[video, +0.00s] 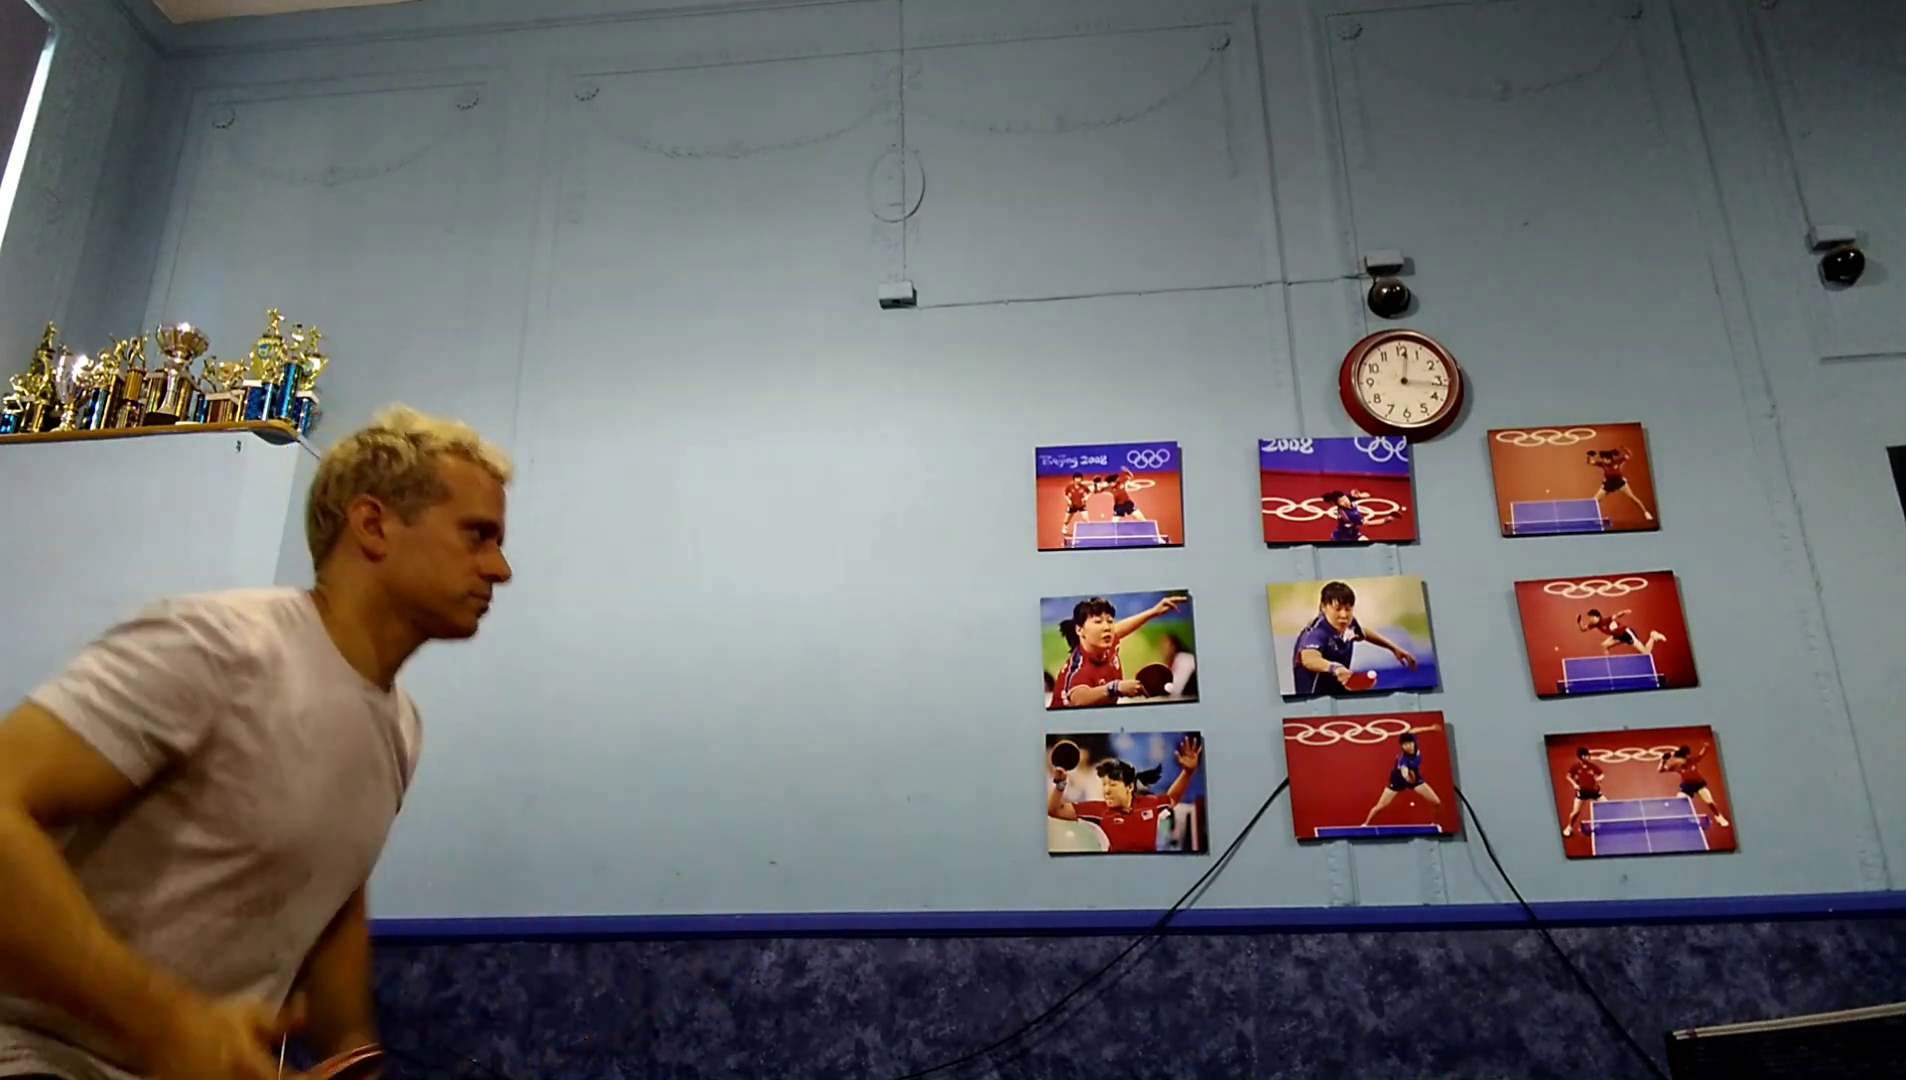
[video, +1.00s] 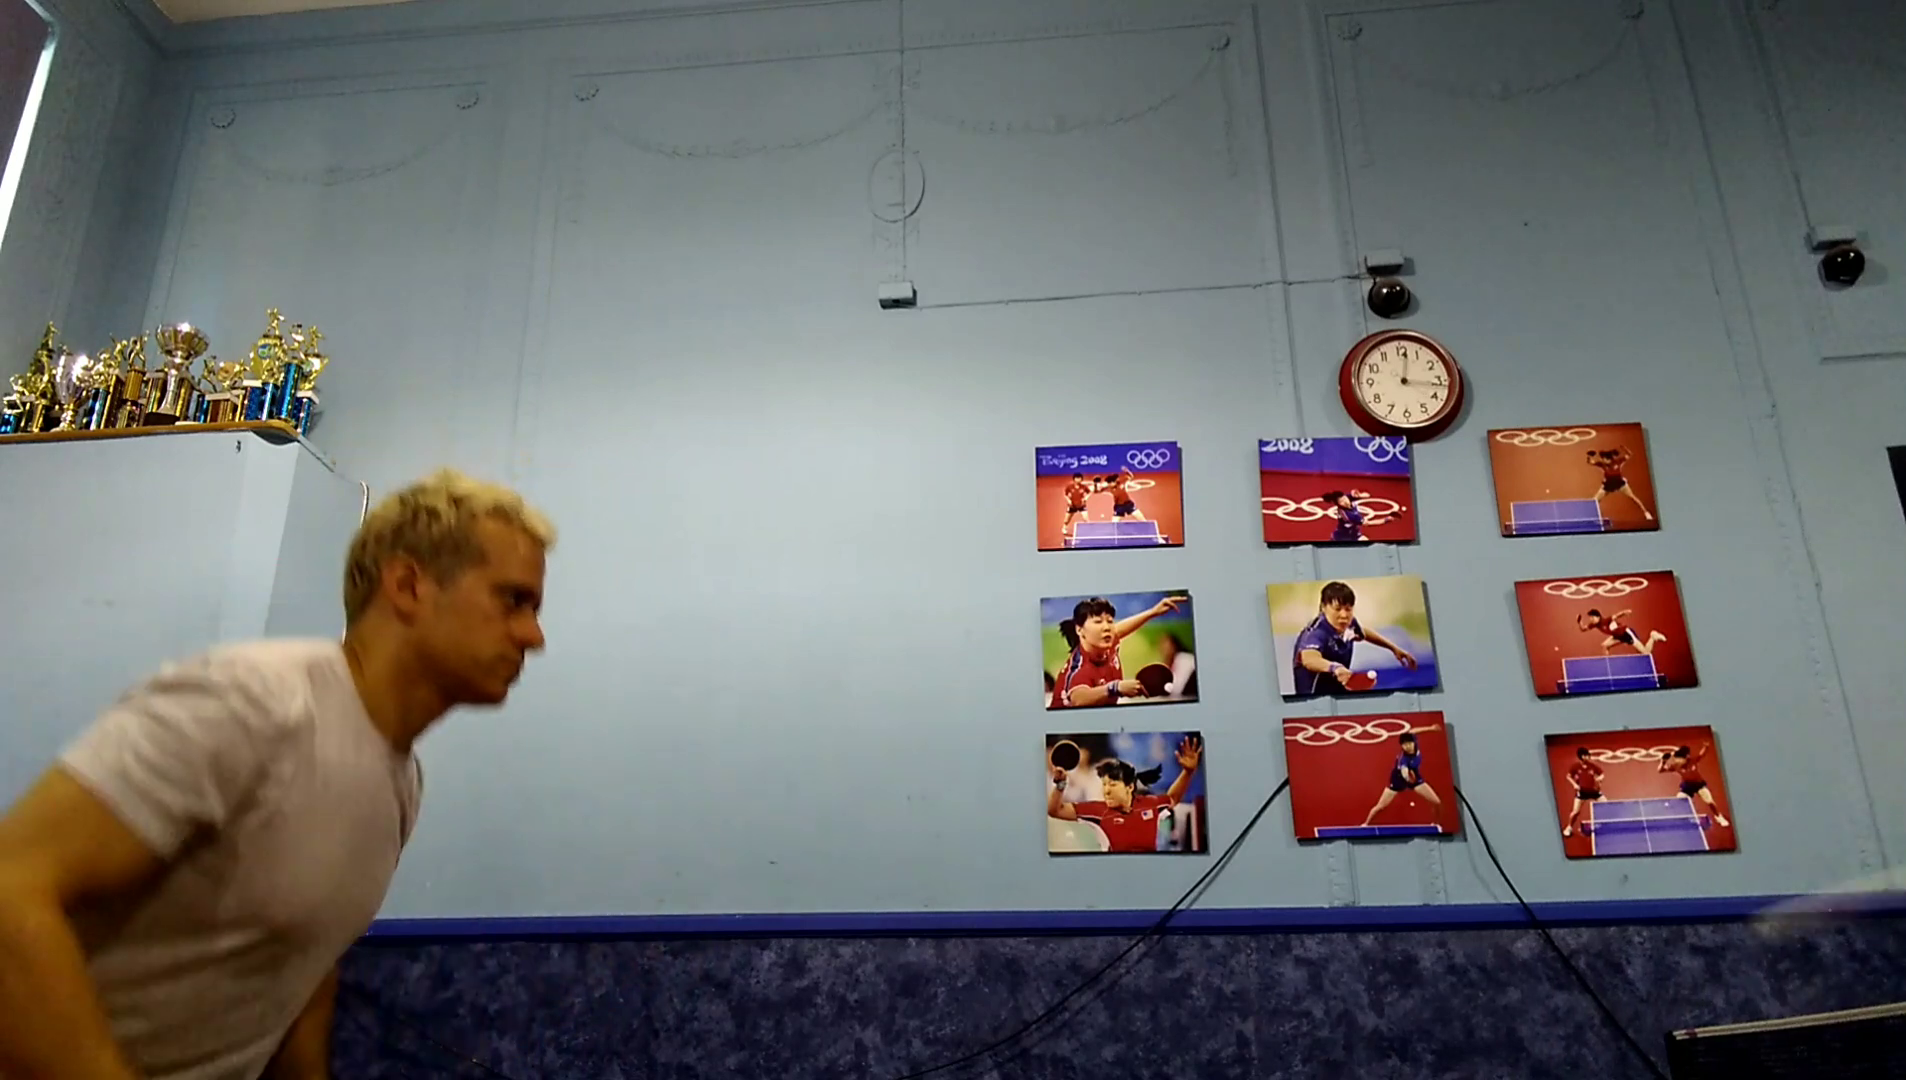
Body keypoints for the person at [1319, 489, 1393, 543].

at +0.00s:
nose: (1344, 502)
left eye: (1344, 499)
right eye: (1341, 502)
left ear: (1346, 497)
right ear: (1338, 505)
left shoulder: (1350, 500)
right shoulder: (1349, 515)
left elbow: (1367, 496)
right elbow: (1367, 523)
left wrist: (1360, 495)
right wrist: (1385, 520)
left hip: (1356, 536)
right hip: (1342, 538)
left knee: (1370, 547)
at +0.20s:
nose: (1344, 502)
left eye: (1344, 499)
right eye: (1341, 502)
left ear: (1346, 497)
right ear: (1338, 505)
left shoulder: (1350, 500)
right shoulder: (1349, 515)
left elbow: (1367, 496)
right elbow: (1367, 523)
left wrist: (1360, 495)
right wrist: (1385, 520)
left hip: (1356, 536)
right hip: (1342, 537)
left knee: (1370, 547)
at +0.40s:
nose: (1344, 502)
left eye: (1344, 499)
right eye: (1341, 502)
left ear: (1346, 497)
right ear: (1339, 505)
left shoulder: (1348, 498)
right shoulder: (1350, 515)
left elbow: (1367, 496)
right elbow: (1366, 523)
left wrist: (1360, 495)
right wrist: (1385, 520)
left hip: (1356, 536)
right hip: (1341, 538)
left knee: (1371, 548)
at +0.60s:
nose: (1345, 502)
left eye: (1344, 499)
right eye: (1341, 502)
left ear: (1346, 497)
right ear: (1339, 505)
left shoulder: (1348, 498)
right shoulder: (1350, 515)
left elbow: (1367, 496)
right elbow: (1366, 523)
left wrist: (1360, 495)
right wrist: (1385, 520)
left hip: (1355, 535)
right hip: (1341, 538)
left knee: (1371, 547)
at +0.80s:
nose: (1344, 502)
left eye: (1344, 499)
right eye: (1341, 502)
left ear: (1346, 497)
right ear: (1339, 505)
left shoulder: (1348, 498)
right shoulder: (1350, 515)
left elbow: (1367, 496)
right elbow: (1367, 523)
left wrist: (1360, 495)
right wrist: (1385, 520)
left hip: (1356, 536)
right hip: (1341, 538)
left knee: (1371, 547)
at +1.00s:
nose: (1344, 502)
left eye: (1344, 499)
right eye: (1341, 502)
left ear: (1346, 497)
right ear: (1339, 505)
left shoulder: (1349, 498)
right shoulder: (1349, 515)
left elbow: (1367, 496)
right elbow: (1366, 523)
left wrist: (1360, 495)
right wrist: (1385, 520)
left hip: (1356, 536)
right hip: (1341, 538)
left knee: (1371, 548)